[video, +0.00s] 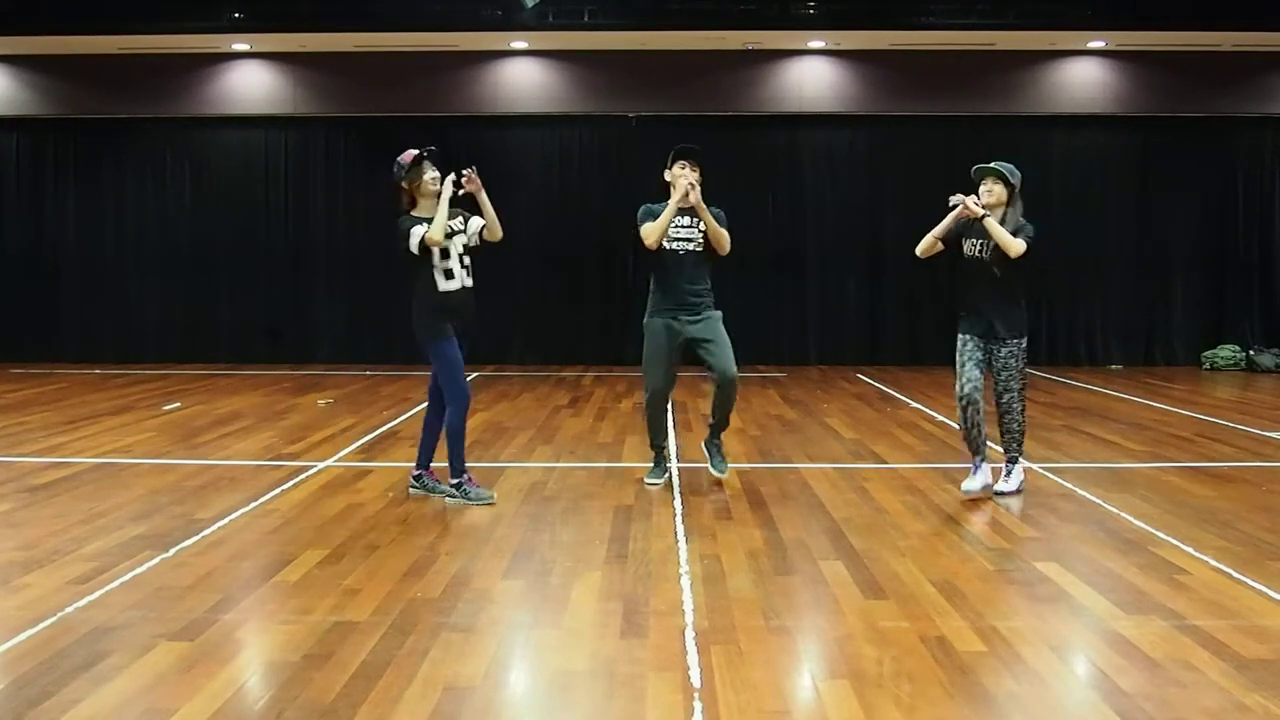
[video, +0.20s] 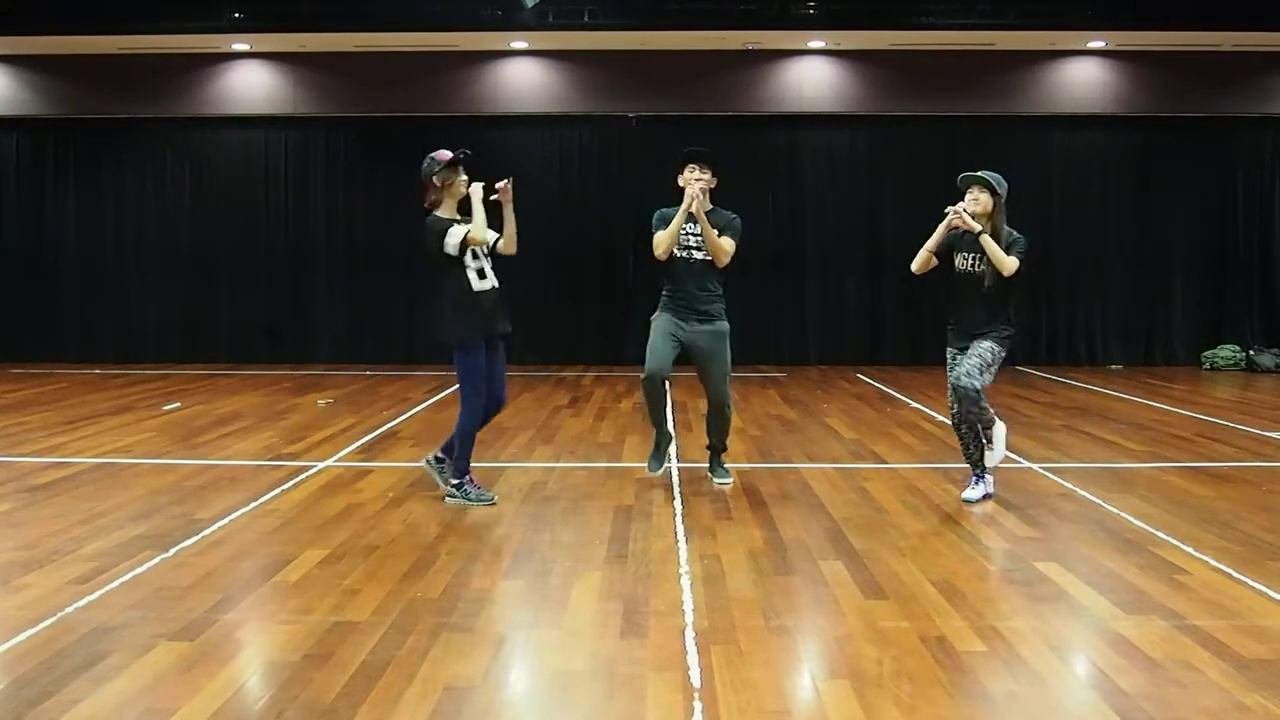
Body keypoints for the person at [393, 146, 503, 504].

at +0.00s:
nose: (435, 175)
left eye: (435, 170)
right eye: (426, 174)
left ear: (440, 180)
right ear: (410, 187)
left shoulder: (456, 216)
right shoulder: (408, 224)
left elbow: (494, 233)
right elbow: (436, 239)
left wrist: (480, 193)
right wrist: (444, 199)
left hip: (460, 317)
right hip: (433, 320)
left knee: (439, 397)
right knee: (459, 394)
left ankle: (421, 473)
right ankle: (458, 479)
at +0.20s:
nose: (463, 178)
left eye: (461, 172)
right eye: (454, 173)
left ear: (457, 179)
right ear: (438, 183)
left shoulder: (468, 220)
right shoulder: (436, 225)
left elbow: (508, 247)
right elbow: (479, 236)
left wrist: (507, 205)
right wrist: (477, 198)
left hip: (490, 317)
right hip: (465, 320)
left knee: (495, 398)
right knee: (473, 400)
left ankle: (444, 456)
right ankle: (459, 480)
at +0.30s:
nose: (478, 172)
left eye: (474, 167)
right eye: (469, 168)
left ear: (465, 179)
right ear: (453, 180)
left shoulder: (480, 221)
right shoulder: (456, 220)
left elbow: (525, 239)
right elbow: (503, 229)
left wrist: (519, 198)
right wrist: (497, 193)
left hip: (501, 318)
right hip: (477, 321)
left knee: (522, 395)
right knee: (478, 401)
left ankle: (482, 461)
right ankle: (459, 481)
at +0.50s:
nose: (515, 180)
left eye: (513, 173)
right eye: (508, 175)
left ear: (495, 182)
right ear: (489, 182)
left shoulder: (503, 220)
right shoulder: (486, 222)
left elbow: (541, 255)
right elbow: (539, 250)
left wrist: (545, 215)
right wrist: (534, 208)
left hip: (531, 321)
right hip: (508, 323)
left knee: (546, 395)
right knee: (505, 403)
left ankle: (533, 477)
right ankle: (465, 476)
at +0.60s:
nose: (531, 180)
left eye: (530, 174)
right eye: (523, 176)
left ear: (526, 180)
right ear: (504, 182)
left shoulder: (526, 221)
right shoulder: (496, 224)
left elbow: (556, 260)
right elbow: (542, 250)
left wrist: (561, 221)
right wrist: (547, 211)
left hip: (547, 318)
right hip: (525, 320)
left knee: (548, 397)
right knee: (547, 396)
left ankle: (533, 477)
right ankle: (490, 460)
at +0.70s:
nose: (545, 179)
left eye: (545, 173)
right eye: (537, 174)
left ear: (543, 177)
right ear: (517, 180)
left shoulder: (545, 218)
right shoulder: (509, 221)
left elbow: (579, 253)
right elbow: (547, 245)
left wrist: (580, 214)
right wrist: (557, 204)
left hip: (557, 317)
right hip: (535, 319)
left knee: (547, 397)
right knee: (575, 392)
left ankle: (535, 476)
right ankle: (528, 458)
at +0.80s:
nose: (560, 175)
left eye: (558, 169)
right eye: (552, 172)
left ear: (550, 175)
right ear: (534, 180)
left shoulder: (562, 214)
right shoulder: (524, 218)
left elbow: (603, 242)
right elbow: (558, 239)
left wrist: (596, 202)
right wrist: (569, 199)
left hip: (567, 317)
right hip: (546, 319)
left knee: (549, 398)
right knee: (588, 390)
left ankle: (532, 476)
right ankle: (569, 471)